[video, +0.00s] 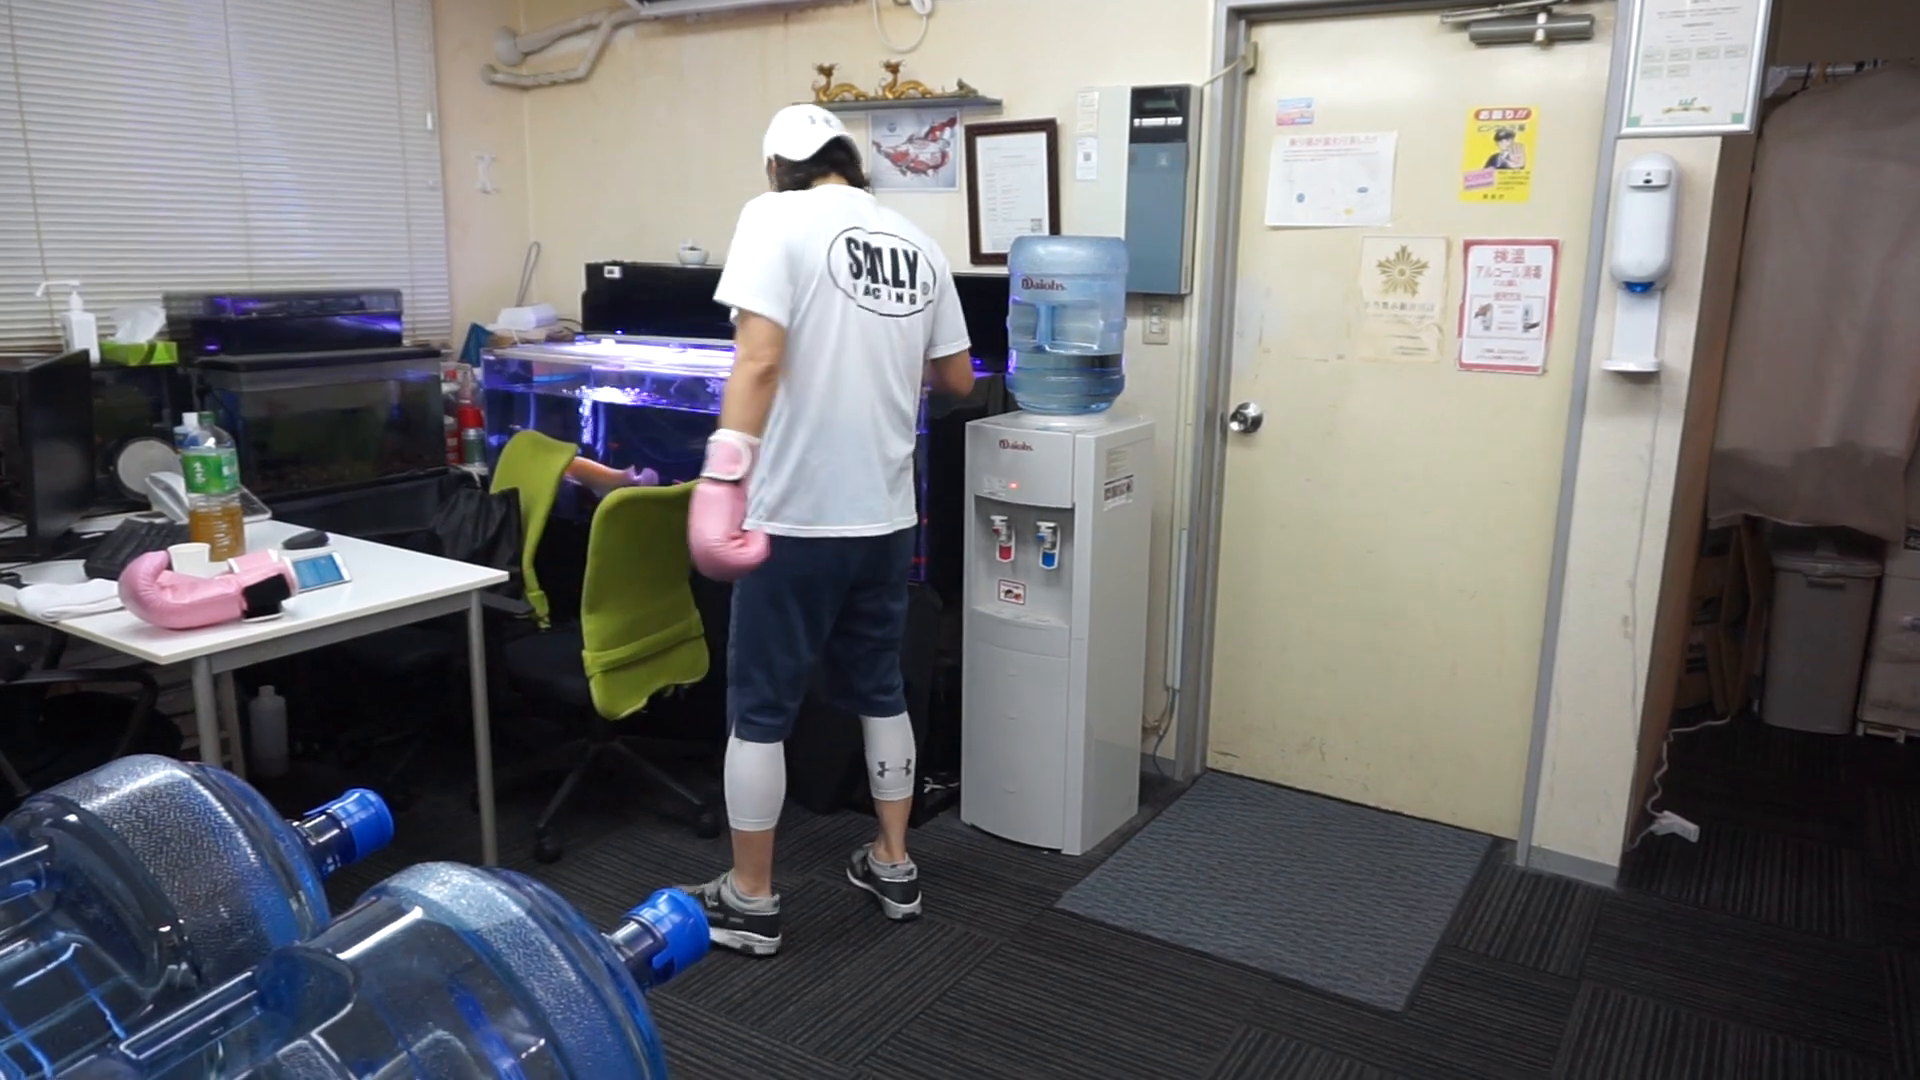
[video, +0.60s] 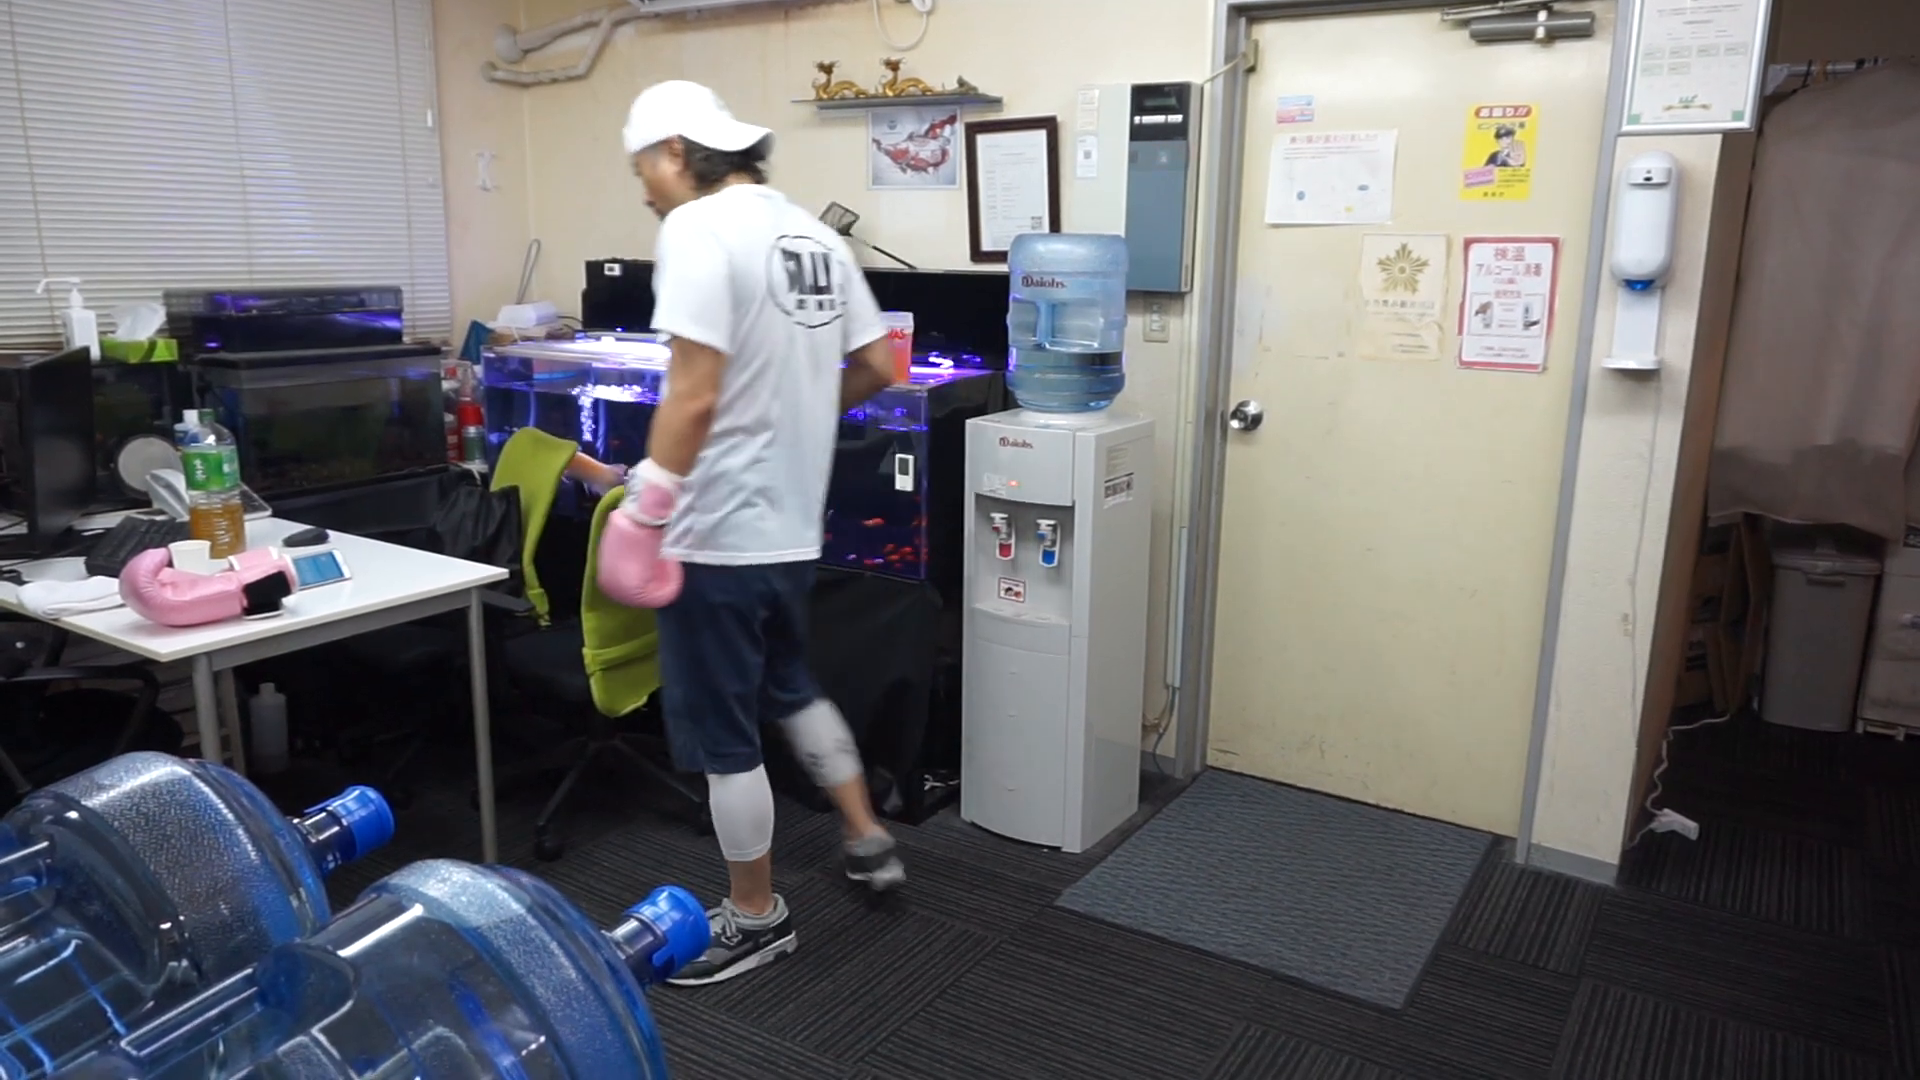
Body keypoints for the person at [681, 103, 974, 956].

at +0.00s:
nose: (770, 186)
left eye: (770, 176)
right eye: (775, 175)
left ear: (778, 170)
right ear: (853, 165)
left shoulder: (777, 215)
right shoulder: (917, 244)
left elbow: (761, 357)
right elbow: (957, 377)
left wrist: (723, 479)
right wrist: (881, 368)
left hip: (792, 517)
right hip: (885, 519)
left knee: (760, 707)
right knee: (882, 688)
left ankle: (751, 897)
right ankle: (895, 864)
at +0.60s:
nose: (643, 193)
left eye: (643, 171)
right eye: (639, 174)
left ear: (678, 154)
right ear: (714, 155)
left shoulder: (700, 229)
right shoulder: (813, 232)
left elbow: (694, 392)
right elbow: (879, 365)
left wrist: (641, 510)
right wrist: (791, 407)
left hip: (721, 529)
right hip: (792, 526)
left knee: (725, 731)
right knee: (788, 686)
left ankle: (754, 913)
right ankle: (869, 840)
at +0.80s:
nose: (577, 189)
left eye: (577, 167)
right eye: (572, 170)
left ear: (616, 147)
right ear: (644, 150)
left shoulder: (655, 233)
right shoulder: (747, 225)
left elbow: (643, 402)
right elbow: (800, 376)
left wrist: (585, 535)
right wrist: (741, 463)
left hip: (688, 538)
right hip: (738, 526)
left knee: (710, 731)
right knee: (647, 687)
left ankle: (759, 912)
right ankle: (702, 860)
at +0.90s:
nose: (536, 191)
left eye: (539, 170)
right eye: (531, 174)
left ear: (581, 152)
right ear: (608, 152)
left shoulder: (633, 237)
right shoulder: (701, 222)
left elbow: (625, 415)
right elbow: (769, 366)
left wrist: (568, 546)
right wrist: (699, 452)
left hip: (671, 546)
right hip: (683, 530)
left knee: (705, 737)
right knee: (590, 696)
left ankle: (756, 914)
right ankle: (593, 881)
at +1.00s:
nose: (493, 198)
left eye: (494, 175)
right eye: (485, 181)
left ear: (537, 154)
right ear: (554, 156)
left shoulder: (609, 241)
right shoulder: (649, 227)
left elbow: (613, 418)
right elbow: (716, 356)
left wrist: (563, 552)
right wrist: (647, 451)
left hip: (648, 557)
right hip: (623, 552)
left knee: (698, 745)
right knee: (550, 724)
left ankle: (756, 911)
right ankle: (496, 903)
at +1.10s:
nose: (447, 207)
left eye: (445, 183)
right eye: (437, 189)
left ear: (488, 158)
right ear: (493, 158)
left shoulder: (583, 241)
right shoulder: (559, 243)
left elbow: (601, 417)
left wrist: (566, 558)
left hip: (617, 570)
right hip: (558, 566)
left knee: (674, 751)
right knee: (503, 750)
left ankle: (751, 906)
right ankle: (469, 931)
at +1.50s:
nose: (241, 176)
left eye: (248, 150)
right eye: (231, 157)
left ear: (318, 125)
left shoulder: (450, 217)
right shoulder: (315, 244)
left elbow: (529, 373)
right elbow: (315, 387)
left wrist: (542, 512)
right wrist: (256, 497)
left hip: (426, 574)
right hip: (347, 577)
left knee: (339, 809)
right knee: (419, 793)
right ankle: (459, 973)